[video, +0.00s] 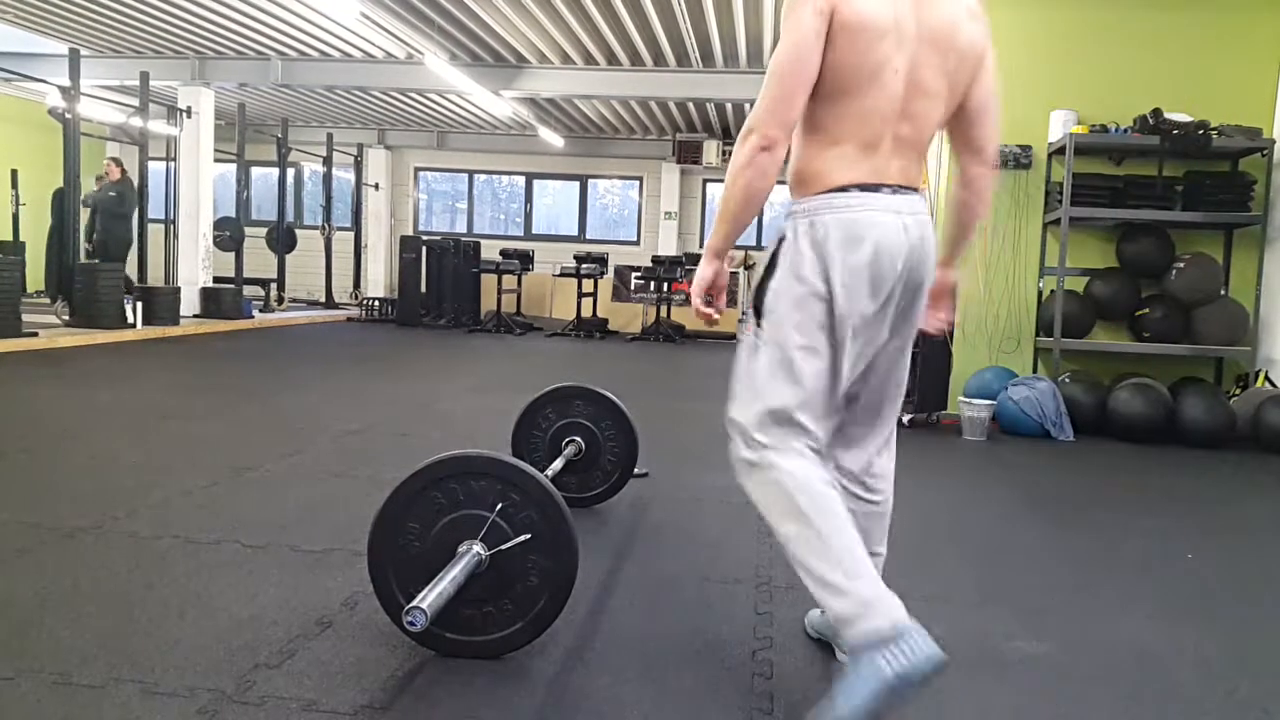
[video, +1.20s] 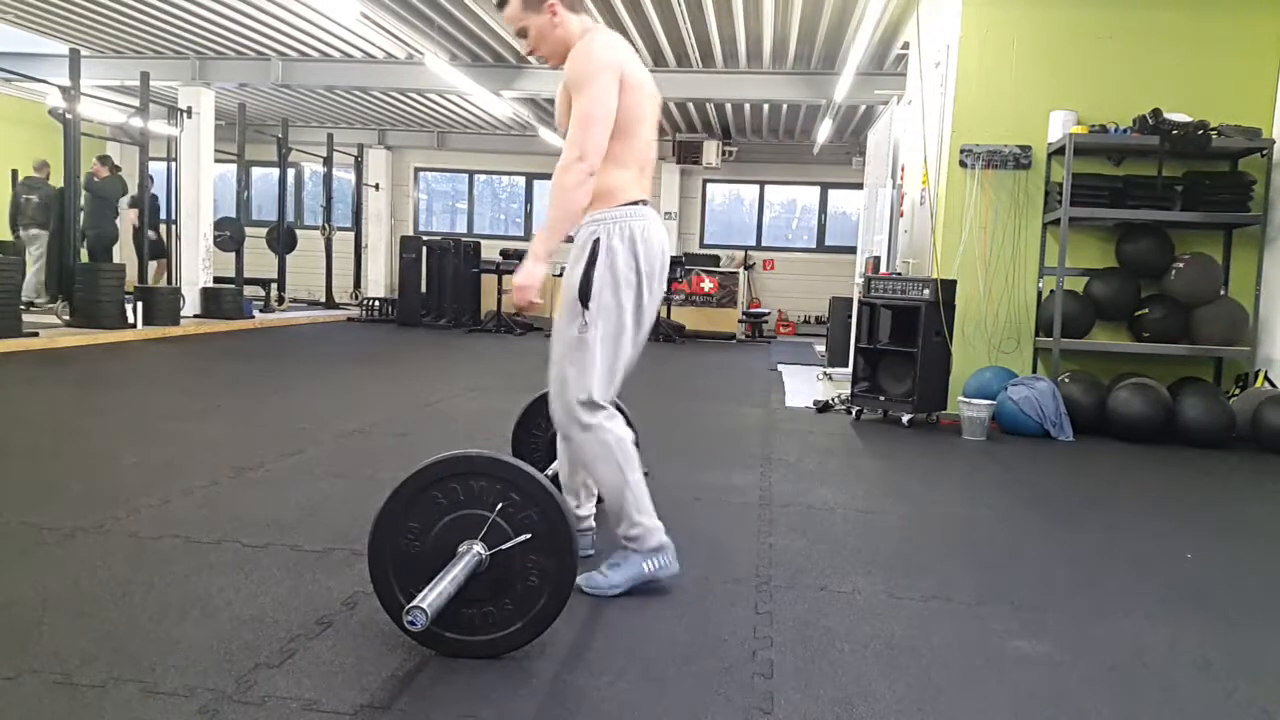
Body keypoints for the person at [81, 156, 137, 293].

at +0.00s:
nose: (105, 169)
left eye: (109, 166)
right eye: (105, 166)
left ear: (119, 168)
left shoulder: (126, 185)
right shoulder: (105, 187)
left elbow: (128, 209)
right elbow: (94, 214)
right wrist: (89, 238)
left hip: (119, 238)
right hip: (102, 237)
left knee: (115, 273)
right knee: (102, 273)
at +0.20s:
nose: (102, 170)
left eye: (105, 167)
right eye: (102, 167)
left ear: (115, 168)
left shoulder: (125, 183)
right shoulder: (102, 188)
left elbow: (111, 195)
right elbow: (93, 213)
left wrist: (98, 183)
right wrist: (87, 236)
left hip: (117, 235)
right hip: (101, 234)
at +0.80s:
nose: (95, 170)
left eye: (97, 167)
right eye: (95, 167)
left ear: (107, 168)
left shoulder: (118, 183)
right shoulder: (101, 184)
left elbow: (94, 188)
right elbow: (94, 215)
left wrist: (93, 176)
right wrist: (90, 235)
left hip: (109, 232)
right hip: (97, 231)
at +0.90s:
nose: (94, 169)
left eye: (97, 166)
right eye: (95, 166)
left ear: (106, 168)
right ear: (108, 168)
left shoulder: (112, 185)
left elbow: (92, 187)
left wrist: (92, 175)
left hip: (104, 233)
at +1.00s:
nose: (94, 169)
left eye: (97, 166)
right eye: (95, 166)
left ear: (106, 168)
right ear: (108, 168)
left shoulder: (113, 184)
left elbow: (91, 187)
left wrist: (92, 175)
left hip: (104, 232)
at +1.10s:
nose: (93, 168)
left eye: (95, 165)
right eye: (94, 165)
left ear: (105, 166)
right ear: (106, 167)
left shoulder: (112, 183)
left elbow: (89, 185)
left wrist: (90, 174)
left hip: (102, 230)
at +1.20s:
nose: (92, 168)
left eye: (95, 165)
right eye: (93, 165)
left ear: (105, 167)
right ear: (105, 167)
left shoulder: (113, 183)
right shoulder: (102, 183)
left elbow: (89, 185)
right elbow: (89, 212)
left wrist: (89, 174)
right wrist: (83, 232)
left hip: (102, 231)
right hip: (93, 230)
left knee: (100, 269)